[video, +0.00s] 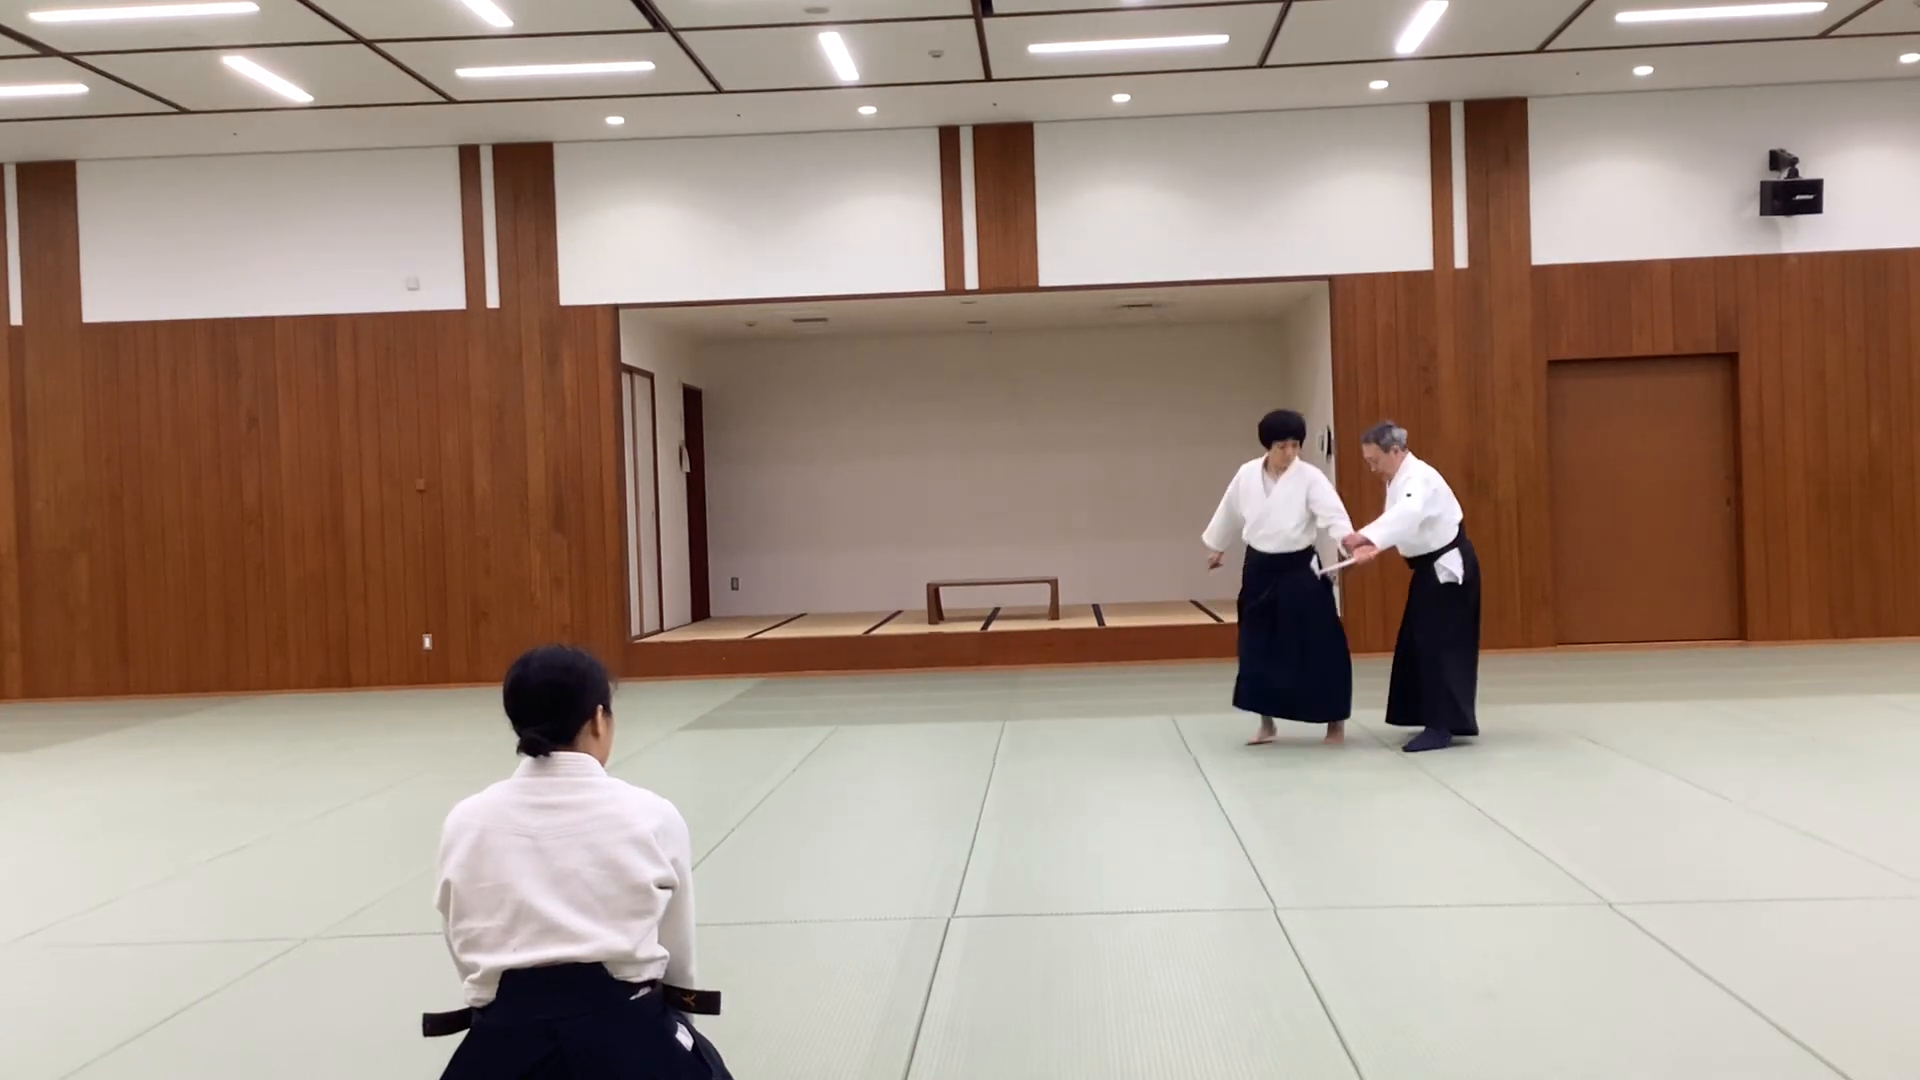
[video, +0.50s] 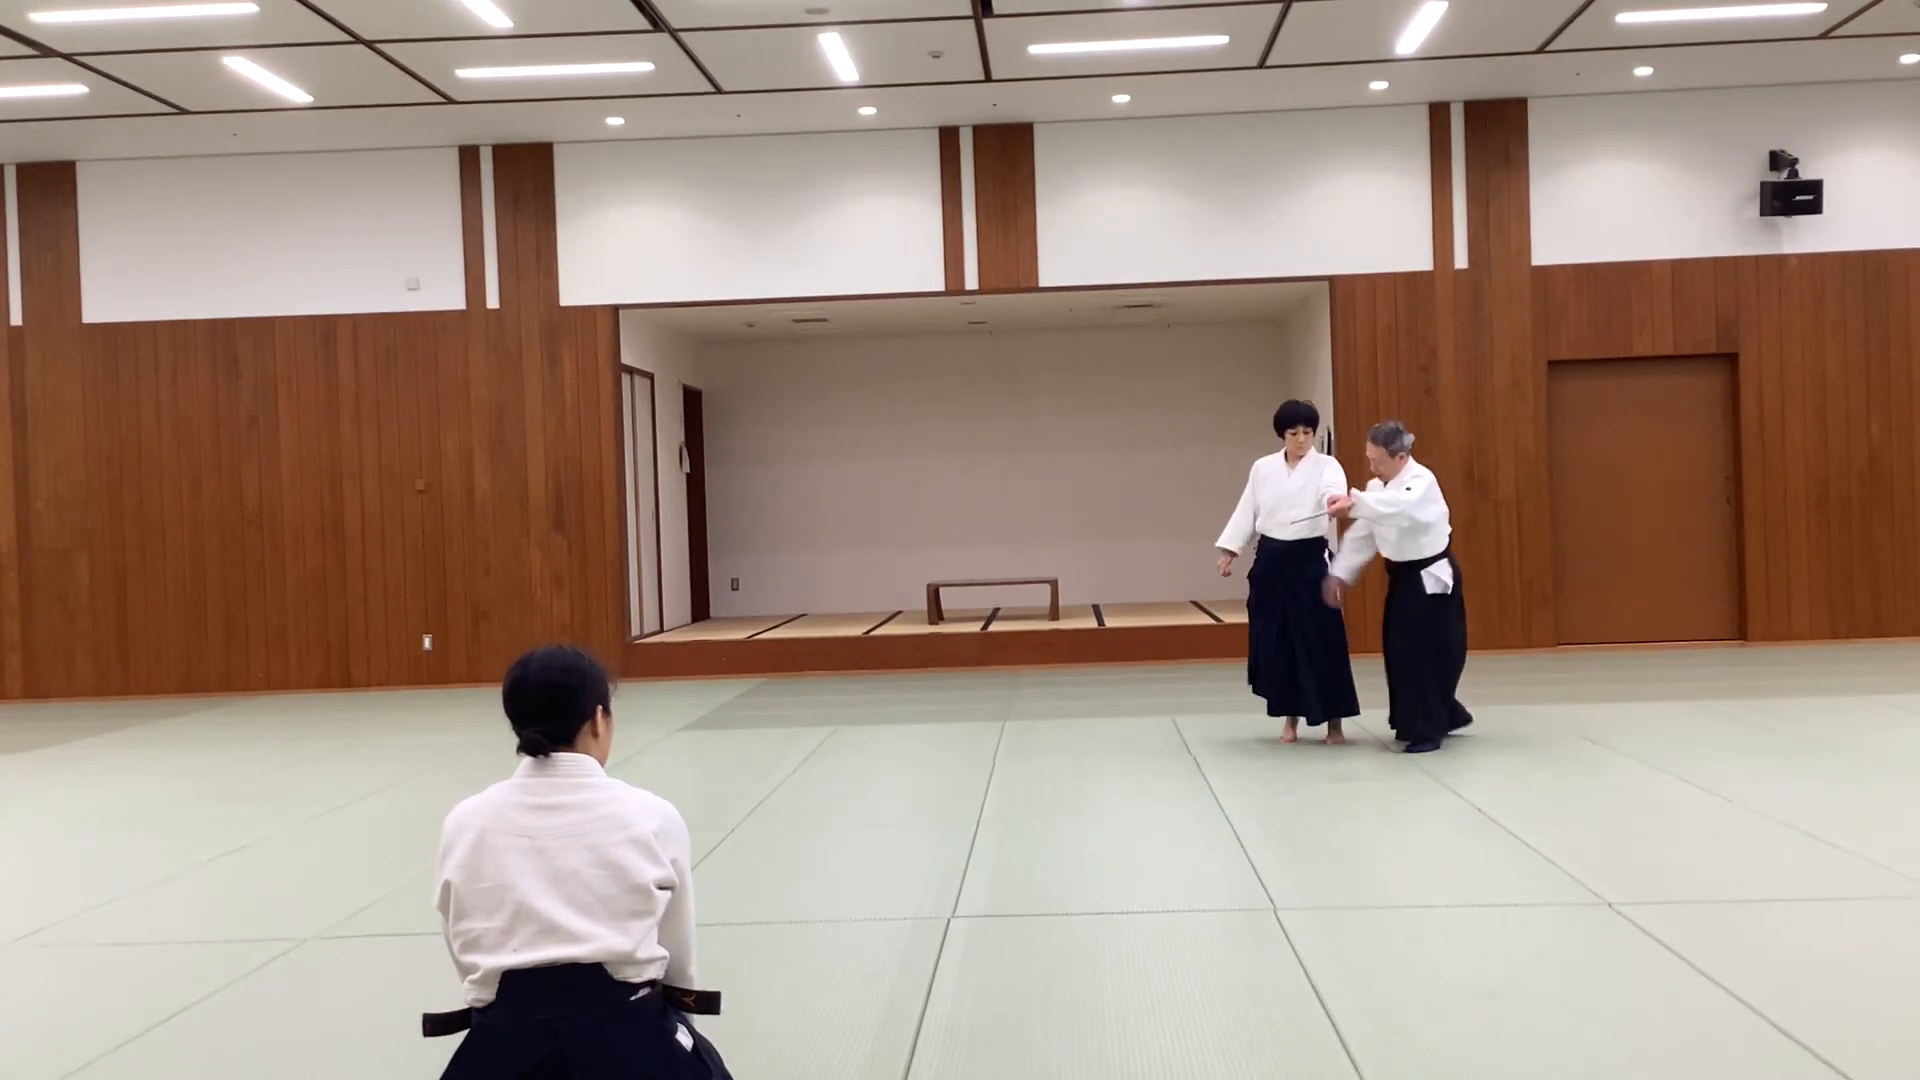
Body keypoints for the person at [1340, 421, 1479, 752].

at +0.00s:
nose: (1370, 467)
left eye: (1373, 460)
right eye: (1368, 461)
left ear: (1395, 451)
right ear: (1391, 454)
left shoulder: (1418, 478)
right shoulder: (1399, 480)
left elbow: (1404, 517)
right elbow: (1399, 522)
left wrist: (1364, 535)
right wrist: (1375, 546)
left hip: (1447, 566)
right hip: (1429, 567)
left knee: (1434, 643)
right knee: (1426, 642)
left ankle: (1439, 726)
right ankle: (1444, 721)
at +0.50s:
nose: (1370, 465)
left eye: (1375, 459)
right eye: (1368, 459)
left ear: (1398, 455)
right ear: (1374, 454)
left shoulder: (1421, 480)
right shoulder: (1377, 487)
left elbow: (1400, 506)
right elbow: (1360, 535)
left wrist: (1354, 502)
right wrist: (1338, 573)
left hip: (1431, 576)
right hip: (1401, 577)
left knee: (1424, 650)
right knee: (1400, 649)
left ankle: (1426, 730)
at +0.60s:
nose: (1364, 464)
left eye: (1370, 459)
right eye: (1364, 458)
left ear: (1394, 456)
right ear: (1370, 454)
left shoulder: (1418, 480)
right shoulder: (1367, 485)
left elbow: (1394, 503)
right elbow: (1342, 521)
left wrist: (1352, 493)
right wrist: (1298, 547)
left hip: (1425, 578)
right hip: (1390, 578)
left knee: (1425, 654)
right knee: (1380, 650)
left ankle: (1430, 734)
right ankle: (1401, 726)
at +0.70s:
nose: (1359, 469)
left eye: (1365, 465)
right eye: (1358, 463)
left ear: (1389, 464)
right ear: (1357, 457)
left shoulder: (1412, 486)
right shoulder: (1350, 483)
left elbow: (1386, 517)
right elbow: (1321, 517)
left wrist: (1339, 510)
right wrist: (1279, 538)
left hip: (1417, 580)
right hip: (1378, 578)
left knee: (1416, 656)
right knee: (1359, 646)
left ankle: (1420, 735)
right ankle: (1373, 727)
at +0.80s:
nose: (1350, 478)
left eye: (1357, 474)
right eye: (1349, 471)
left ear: (1381, 473)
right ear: (1346, 464)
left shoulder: (1402, 498)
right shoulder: (1339, 488)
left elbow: (1385, 545)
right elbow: (1310, 507)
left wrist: (1327, 546)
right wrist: (1311, 533)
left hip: (1404, 585)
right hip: (1363, 583)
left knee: (1405, 659)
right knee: (1332, 649)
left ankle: (1411, 735)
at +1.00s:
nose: (1316, 501)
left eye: (1322, 497)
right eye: (1314, 494)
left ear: (1346, 497)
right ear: (1313, 489)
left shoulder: (1373, 518)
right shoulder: (1301, 518)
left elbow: (1371, 570)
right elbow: (1296, 562)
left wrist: (1320, 596)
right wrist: (1302, 592)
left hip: (1375, 602)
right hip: (1327, 604)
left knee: (1390, 667)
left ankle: (1406, 736)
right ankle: (1251, 728)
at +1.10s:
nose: (1291, 515)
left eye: (1297, 510)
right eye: (1290, 508)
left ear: (1318, 506)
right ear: (1289, 501)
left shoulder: (1349, 524)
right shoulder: (1279, 534)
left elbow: (1358, 582)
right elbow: (1283, 583)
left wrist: (1318, 613)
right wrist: (1302, 614)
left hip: (1354, 602)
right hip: (1308, 606)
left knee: (1379, 668)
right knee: (1281, 668)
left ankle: (1414, 735)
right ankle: (1252, 742)